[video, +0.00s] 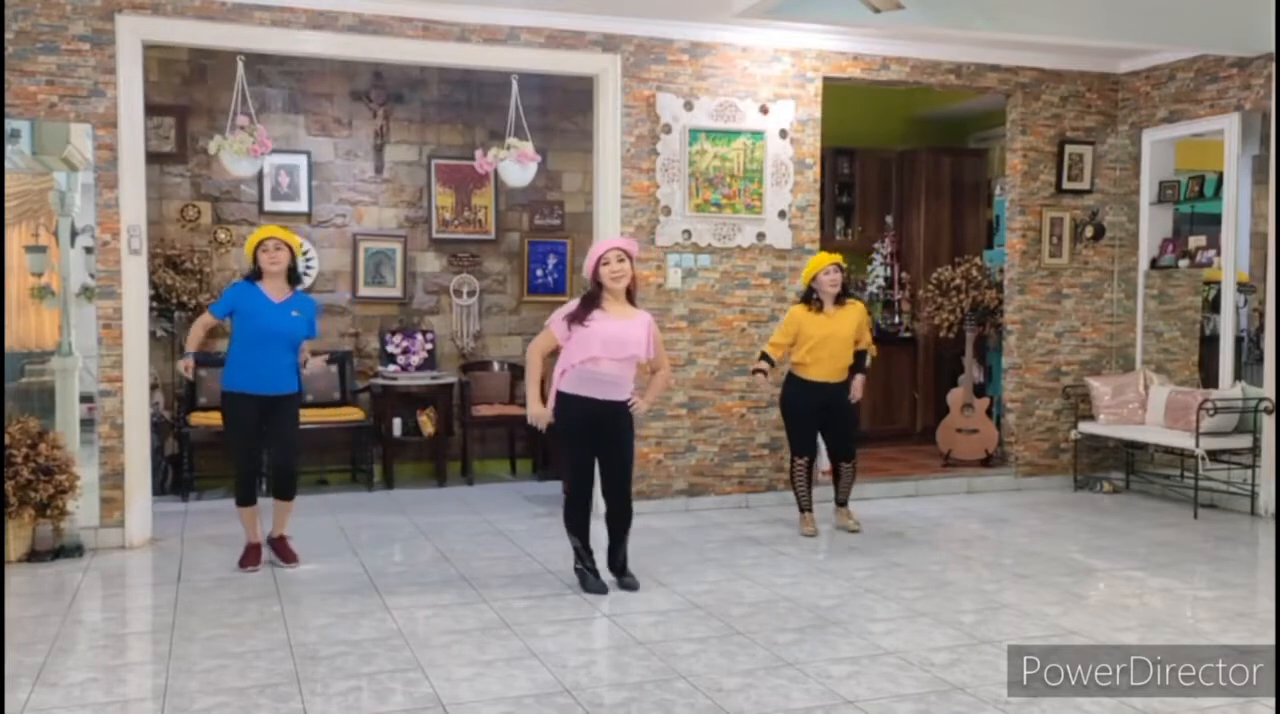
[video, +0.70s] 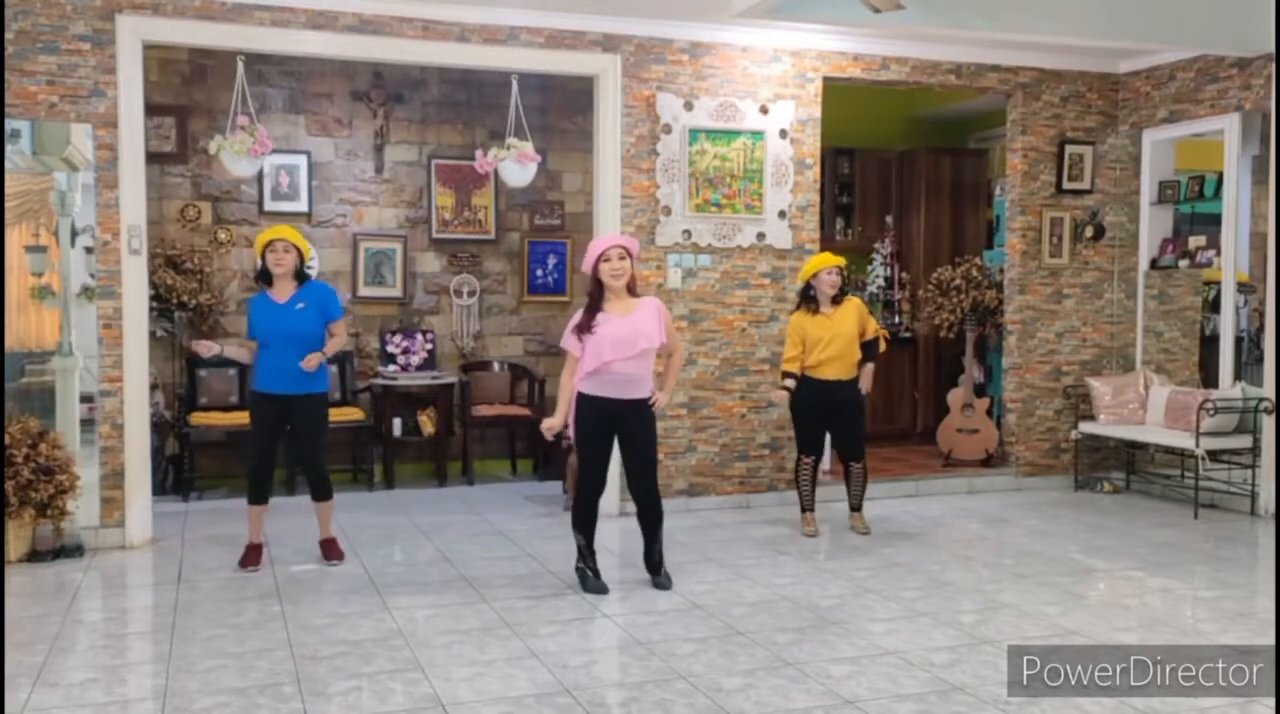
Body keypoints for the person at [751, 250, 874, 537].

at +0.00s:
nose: (834, 277)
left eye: (837, 272)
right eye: (826, 273)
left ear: (843, 277)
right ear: (813, 281)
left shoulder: (855, 310)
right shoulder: (799, 313)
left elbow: (864, 346)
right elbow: (778, 344)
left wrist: (859, 375)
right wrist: (764, 363)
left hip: (837, 391)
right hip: (800, 390)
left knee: (845, 453)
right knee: (803, 453)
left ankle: (842, 509)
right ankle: (806, 514)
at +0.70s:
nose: (835, 278)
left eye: (838, 273)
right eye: (828, 273)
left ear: (842, 279)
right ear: (813, 280)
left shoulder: (854, 307)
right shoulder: (800, 318)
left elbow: (872, 337)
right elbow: (792, 357)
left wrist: (868, 369)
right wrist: (788, 385)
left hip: (847, 389)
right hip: (809, 390)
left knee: (853, 454)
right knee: (808, 454)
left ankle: (856, 512)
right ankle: (808, 513)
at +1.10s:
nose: (856, 279)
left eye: (859, 274)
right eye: (850, 274)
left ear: (861, 279)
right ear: (833, 280)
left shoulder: (871, 305)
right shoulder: (821, 319)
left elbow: (889, 332)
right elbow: (818, 362)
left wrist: (888, 365)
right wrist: (830, 392)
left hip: (869, 387)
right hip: (835, 389)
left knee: (868, 453)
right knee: (833, 453)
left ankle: (858, 512)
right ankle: (818, 511)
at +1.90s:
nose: (856, 276)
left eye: (859, 271)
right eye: (849, 271)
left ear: (864, 278)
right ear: (834, 279)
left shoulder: (871, 314)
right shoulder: (818, 312)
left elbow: (888, 346)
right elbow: (801, 351)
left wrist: (880, 373)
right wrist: (794, 384)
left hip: (857, 391)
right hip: (821, 389)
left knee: (858, 453)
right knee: (818, 453)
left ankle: (857, 512)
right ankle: (811, 514)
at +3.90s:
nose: (858, 274)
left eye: (861, 269)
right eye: (851, 270)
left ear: (866, 276)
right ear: (837, 278)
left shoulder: (877, 309)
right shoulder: (825, 315)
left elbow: (895, 340)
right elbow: (816, 357)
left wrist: (890, 370)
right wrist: (825, 388)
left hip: (869, 388)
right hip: (835, 387)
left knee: (866, 452)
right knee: (834, 453)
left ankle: (858, 512)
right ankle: (832, 512)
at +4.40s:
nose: (843, 273)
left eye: (847, 269)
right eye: (836, 269)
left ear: (853, 277)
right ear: (823, 276)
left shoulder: (862, 313)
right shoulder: (807, 312)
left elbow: (875, 346)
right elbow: (791, 351)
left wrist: (869, 375)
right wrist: (784, 385)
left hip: (847, 390)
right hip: (809, 388)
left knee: (851, 453)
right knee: (808, 454)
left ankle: (855, 513)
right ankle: (805, 515)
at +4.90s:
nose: (831, 275)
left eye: (834, 271)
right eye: (824, 270)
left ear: (839, 279)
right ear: (809, 278)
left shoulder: (851, 312)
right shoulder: (793, 314)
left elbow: (865, 347)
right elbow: (776, 350)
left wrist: (860, 376)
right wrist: (764, 371)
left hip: (835, 393)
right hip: (797, 391)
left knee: (832, 456)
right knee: (800, 455)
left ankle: (828, 513)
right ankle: (805, 514)